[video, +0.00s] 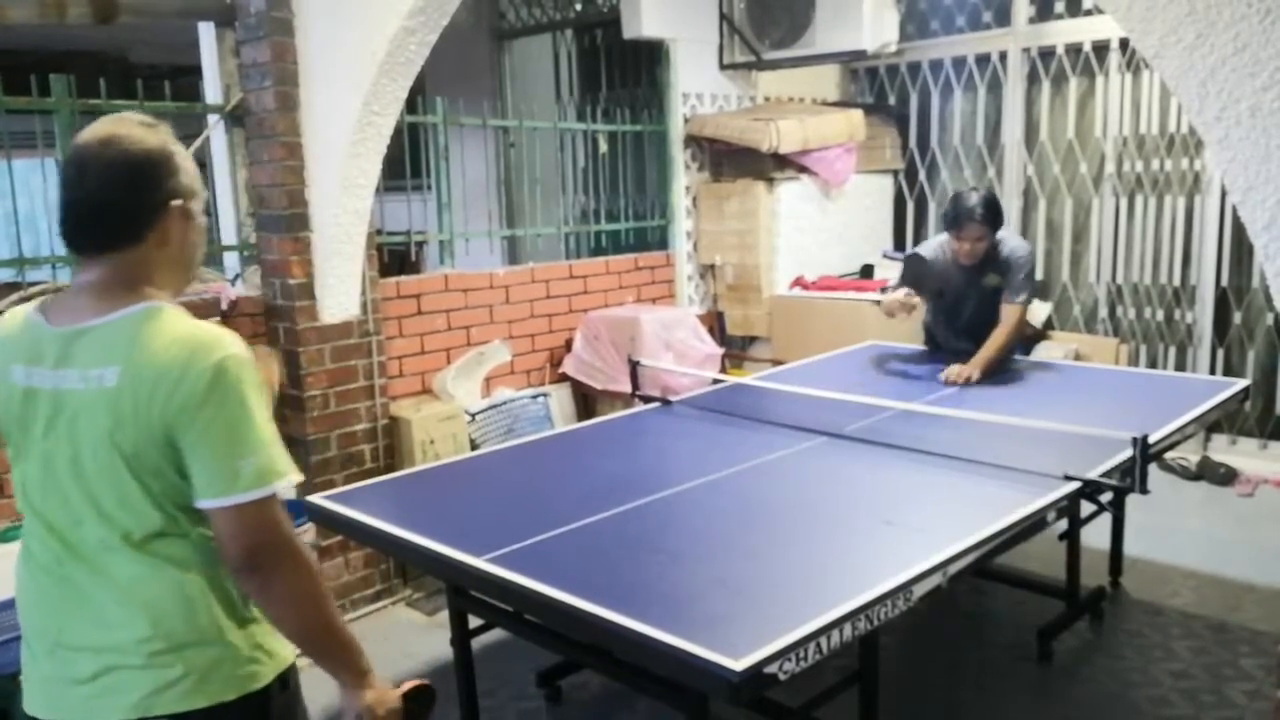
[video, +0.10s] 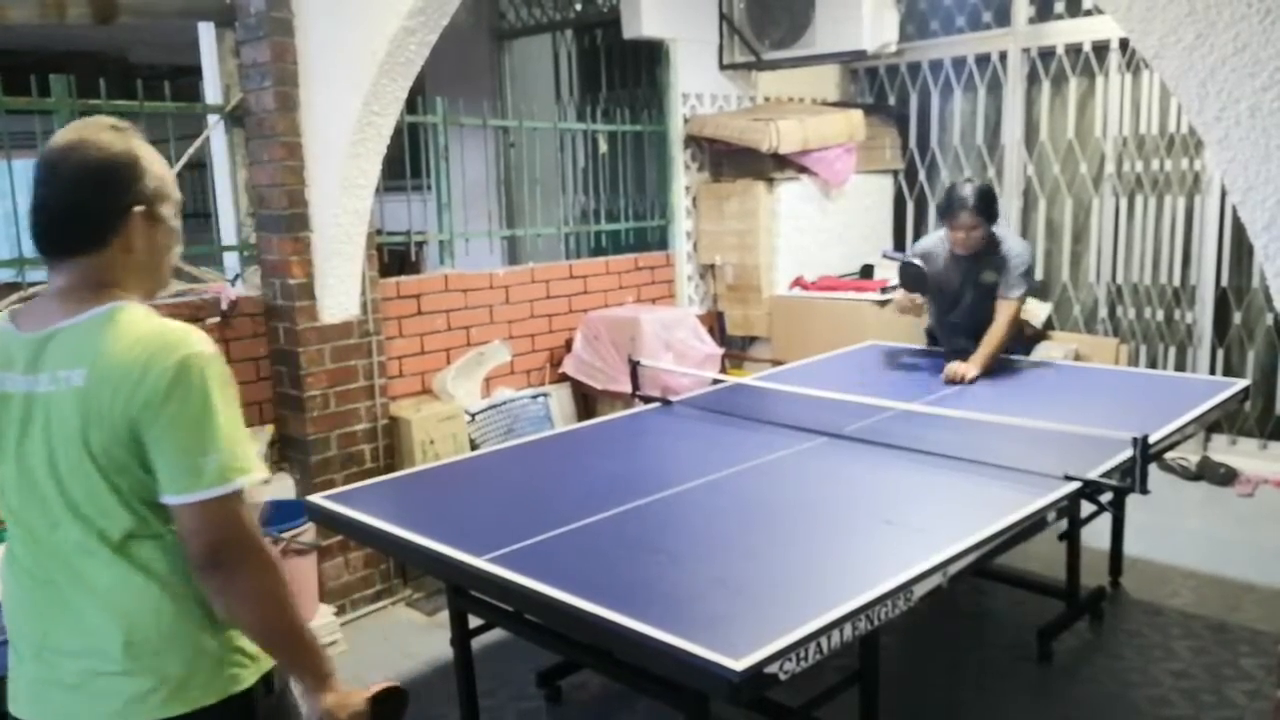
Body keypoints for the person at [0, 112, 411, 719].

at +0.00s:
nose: (202, 230)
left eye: (203, 212)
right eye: (201, 212)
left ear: (75, 219)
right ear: (175, 219)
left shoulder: (15, 340)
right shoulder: (201, 356)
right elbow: (256, 551)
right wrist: (359, 678)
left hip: (56, 682)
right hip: (198, 686)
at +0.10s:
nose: (180, 239)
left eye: (182, 218)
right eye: (175, 217)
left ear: (51, 226)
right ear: (137, 225)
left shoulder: (12, 337)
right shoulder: (169, 354)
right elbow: (220, 548)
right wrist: (320, 682)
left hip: (40, 687)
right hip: (177, 691)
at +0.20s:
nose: (160, 238)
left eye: (160, 217)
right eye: (153, 216)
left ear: (32, 226)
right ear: (113, 223)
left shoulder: (6, 330)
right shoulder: (147, 346)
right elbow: (193, 542)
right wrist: (281, 683)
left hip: (24, 690)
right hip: (158, 693)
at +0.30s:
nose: (147, 238)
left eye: (147, 218)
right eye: (140, 217)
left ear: (21, 229)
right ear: (101, 222)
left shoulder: (7, 332)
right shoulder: (140, 341)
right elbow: (185, 540)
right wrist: (267, 680)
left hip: (24, 689)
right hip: (152, 691)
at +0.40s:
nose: (144, 231)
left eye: (142, 212)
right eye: (136, 213)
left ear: (16, 231)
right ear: (99, 222)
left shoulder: (7, 332)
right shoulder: (146, 341)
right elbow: (194, 539)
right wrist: (284, 670)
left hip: (39, 687)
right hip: (170, 687)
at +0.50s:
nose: (149, 231)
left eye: (146, 213)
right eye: (141, 213)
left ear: (17, 230)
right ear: (103, 223)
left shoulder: (7, 333)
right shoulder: (157, 340)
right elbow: (214, 532)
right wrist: (312, 654)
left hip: (50, 682)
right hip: (187, 681)